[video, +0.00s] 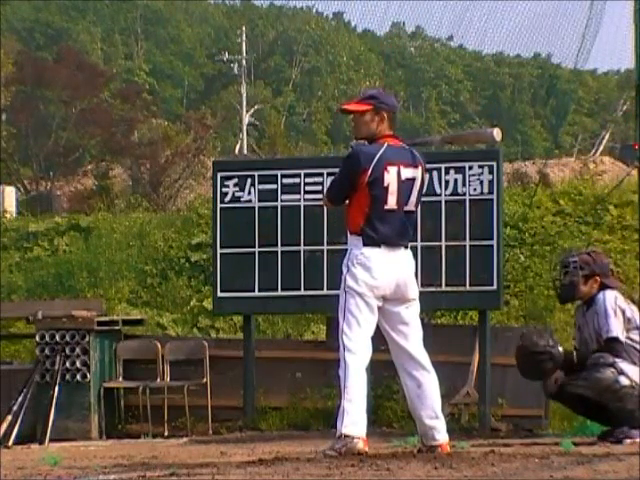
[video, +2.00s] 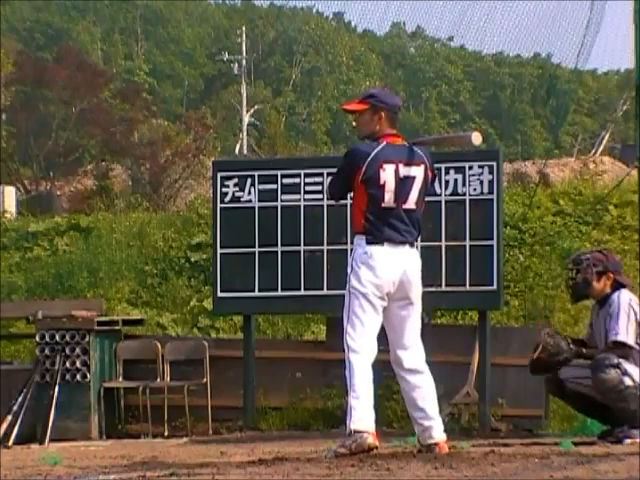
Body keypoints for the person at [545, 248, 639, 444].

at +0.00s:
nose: (566, 282)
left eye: (574, 277)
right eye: (566, 276)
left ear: (595, 282)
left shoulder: (607, 299)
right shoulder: (581, 311)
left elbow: (615, 349)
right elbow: (584, 356)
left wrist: (570, 362)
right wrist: (559, 367)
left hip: (634, 371)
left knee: (601, 370)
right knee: (557, 385)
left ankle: (632, 425)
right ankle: (618, 424)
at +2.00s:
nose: (577, 279)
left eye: (584, 273)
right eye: (577, 274)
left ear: (607, 278)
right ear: (604, 279)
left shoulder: (621, 299)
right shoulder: (598, 307)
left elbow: (623, 351)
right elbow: (592, 346)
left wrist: (577, 353)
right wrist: (565, 343)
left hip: (635, 375)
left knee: (605, 367)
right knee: (557, 379)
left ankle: (634, 426)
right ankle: (619, 424)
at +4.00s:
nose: (555, 287)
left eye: (563, 282)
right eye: (556, 281)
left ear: (585, 289)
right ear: (585, 290)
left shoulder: (587, 312)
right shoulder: (601, 309)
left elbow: (572, 357)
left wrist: (527, 341)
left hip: (629, 398)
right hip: (631, 394)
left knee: (552, 374)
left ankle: (606, 426)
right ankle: (624, 422)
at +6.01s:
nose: (409, 181)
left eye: (415, 176)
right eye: (410, 175)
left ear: (430, 180)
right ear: (434, 181)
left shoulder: (421, 209)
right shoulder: (453, 206)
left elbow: (415, 259)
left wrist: (384, 247)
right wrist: (394, 244)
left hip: (471, 297)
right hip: (498, 293)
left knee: (429, 363)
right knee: (503, 359)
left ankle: (470, 430)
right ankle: (554, 411)